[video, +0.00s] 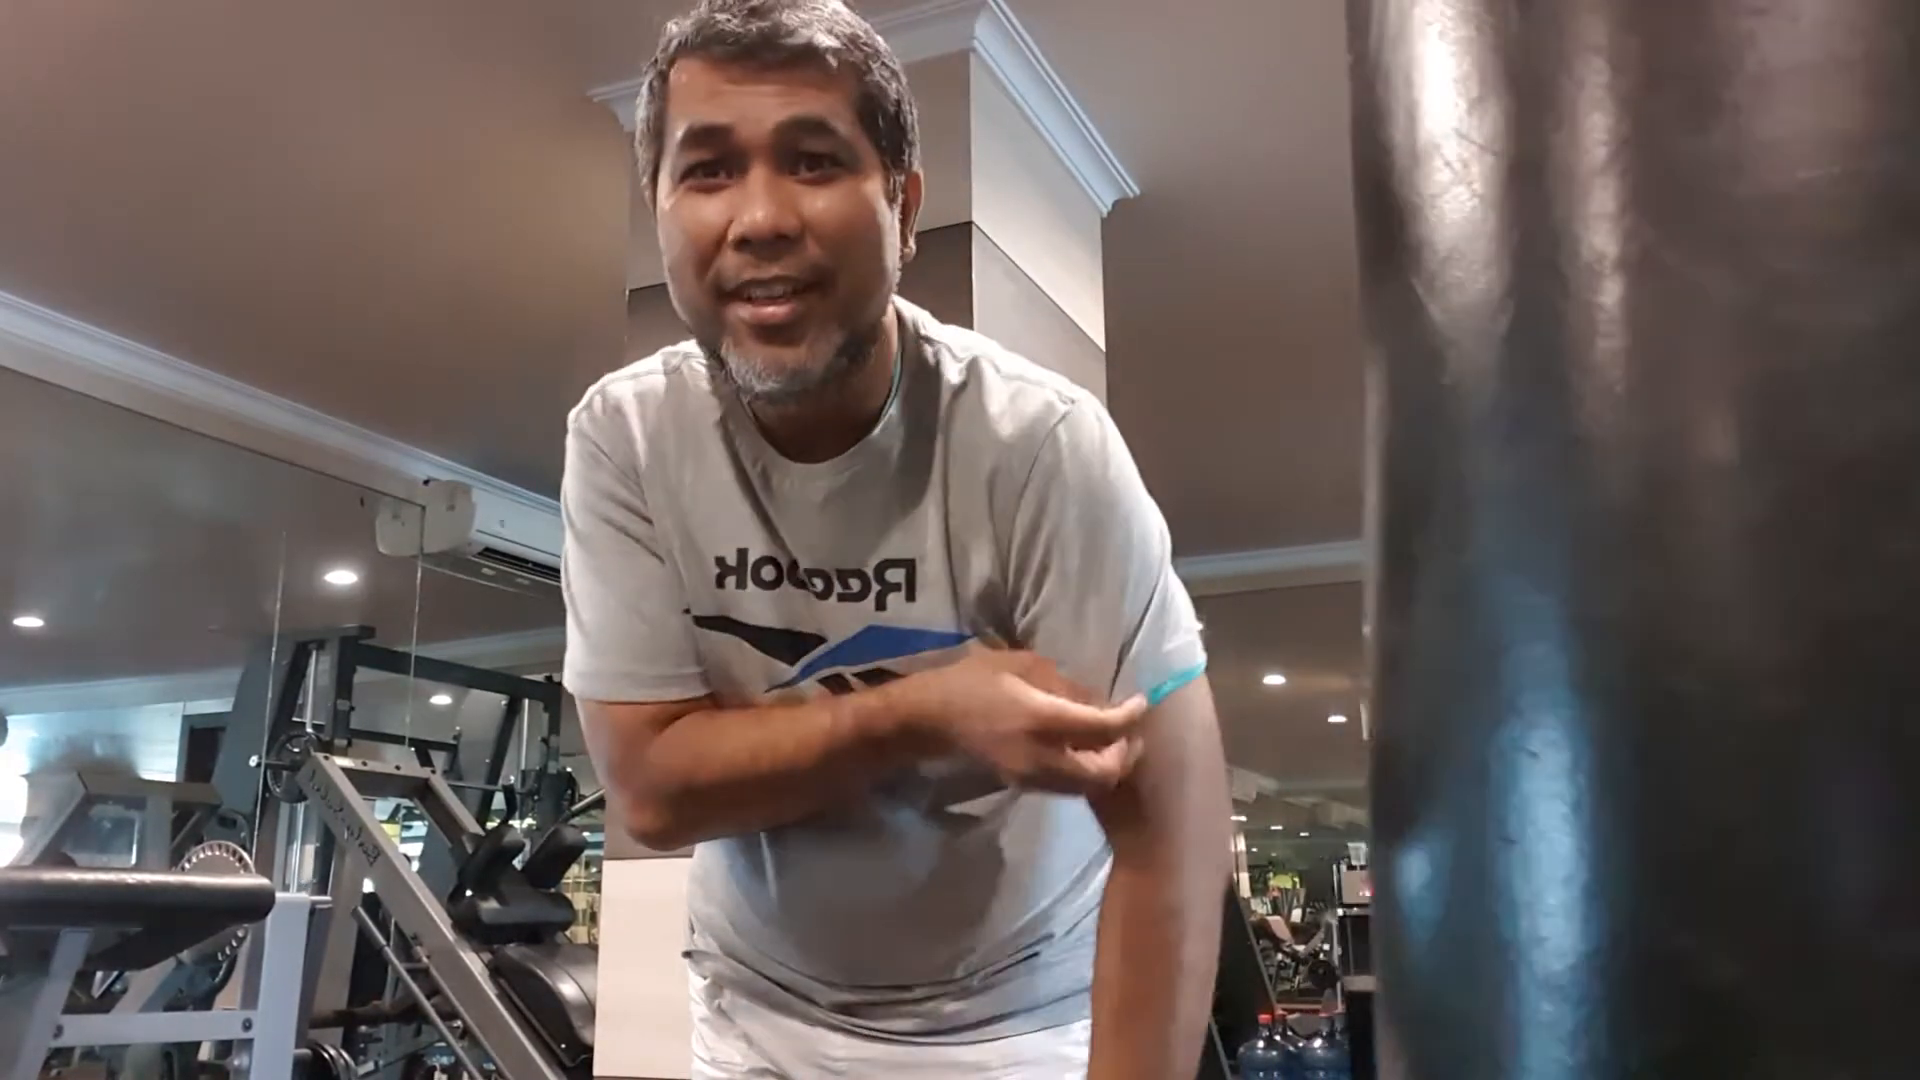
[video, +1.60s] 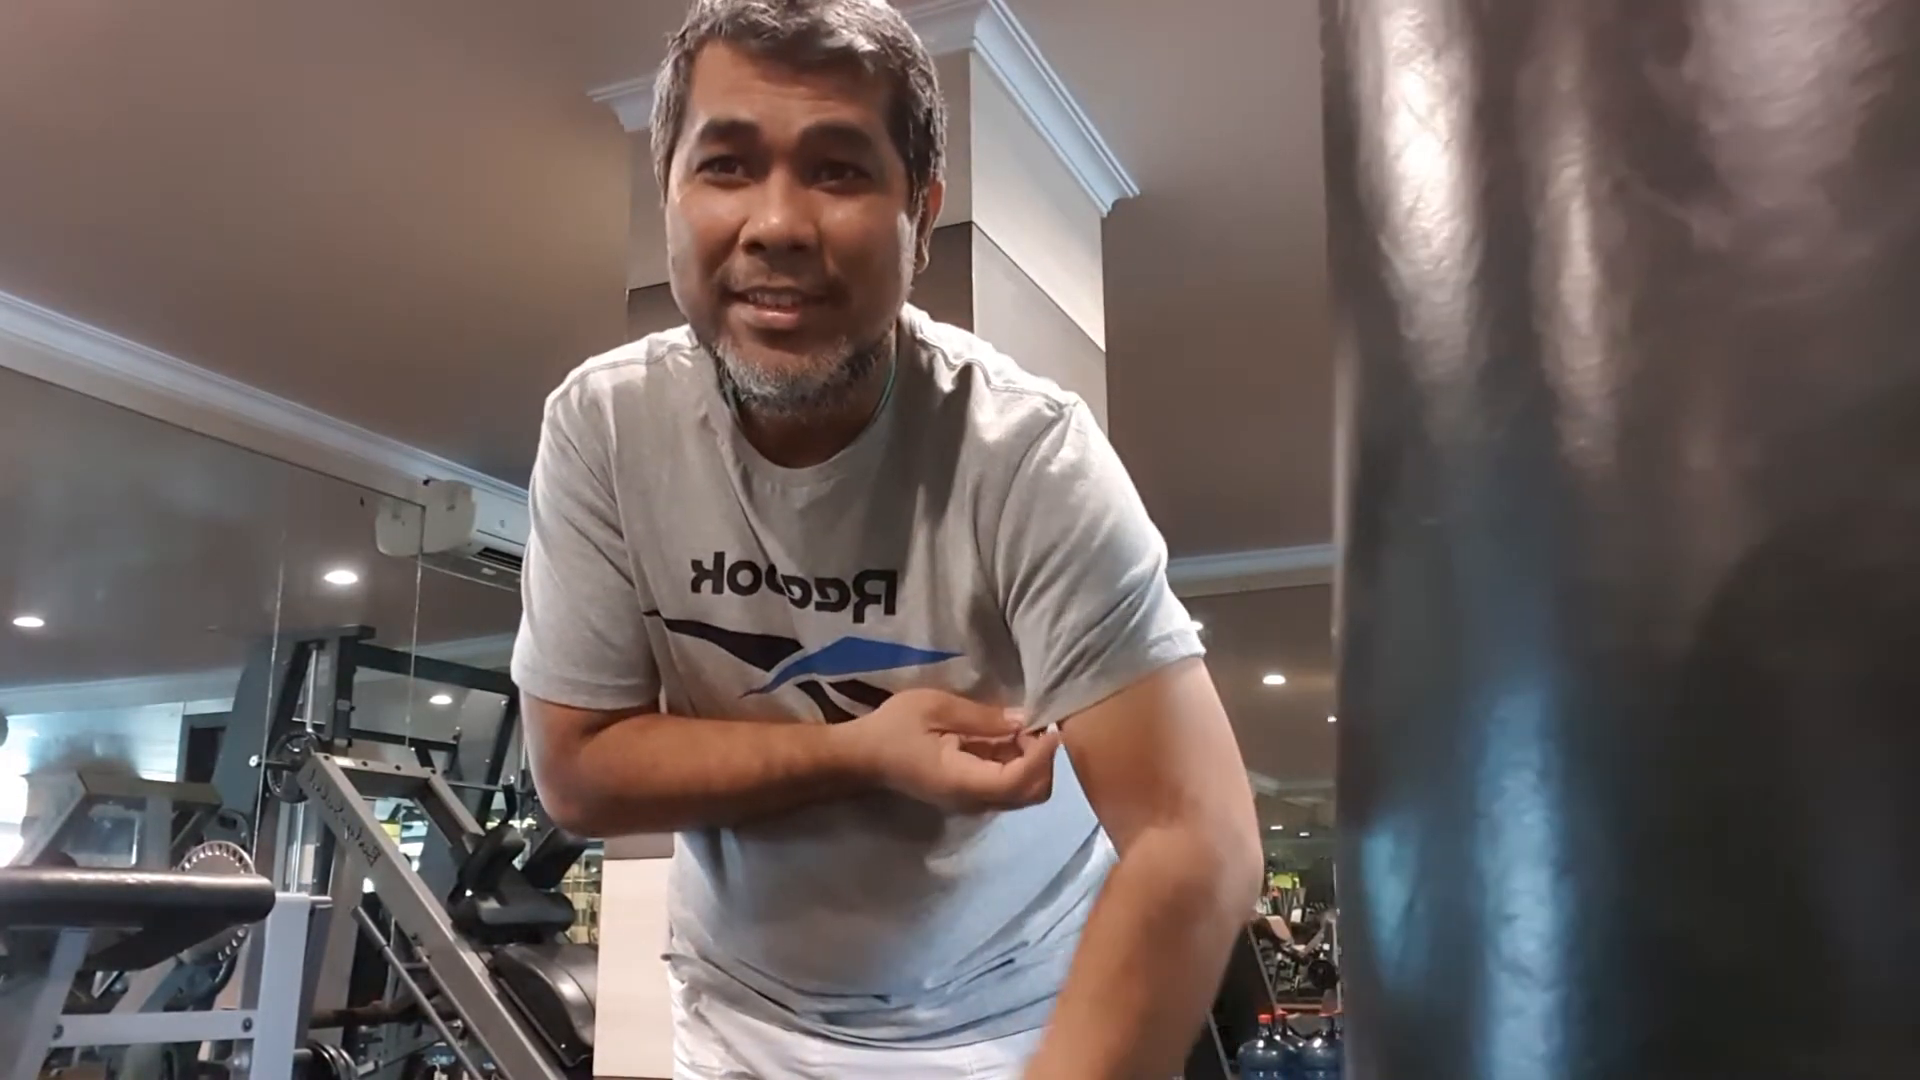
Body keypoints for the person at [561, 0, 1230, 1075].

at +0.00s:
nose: (758, 218)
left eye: (814, 163)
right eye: (707, 168)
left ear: (904, 208)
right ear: (659, 216)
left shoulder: (1043, 447)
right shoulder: (627, 435)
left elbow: (1173, 838)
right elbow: (652, 790)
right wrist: (923, 713)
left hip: (1018, 1024)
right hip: (756, 1014)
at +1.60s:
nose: (778, 225)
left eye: (839, 170)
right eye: (729, 165)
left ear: (921, 208)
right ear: (665, 197)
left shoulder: (1026, 453)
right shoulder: (604, 427)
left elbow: (1199, 844)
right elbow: (579, 776)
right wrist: (859, 751)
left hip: (1010, 1027)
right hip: (742, 1017)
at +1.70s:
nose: (774, 220)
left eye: (835, 165)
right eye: (725, 162)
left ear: (920, 206)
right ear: (662, 195)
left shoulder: (1023, 447)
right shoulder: (604, 423)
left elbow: (1194, 832)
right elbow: (577, 774)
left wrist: (956, 1066)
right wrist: (853, 752)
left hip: (1021, 1013)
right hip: (744, 1019)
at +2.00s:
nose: (752, 202)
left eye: (816, 150)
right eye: (705, 142)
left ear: (907, 197)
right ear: (651, 173)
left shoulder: (1014, 430)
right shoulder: (603, 411)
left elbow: (1189, 820)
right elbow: (582, 744)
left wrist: (882, 799)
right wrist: (837, 722)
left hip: (1026, 1015)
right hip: (746, 1008)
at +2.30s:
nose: (758, 190)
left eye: (824, 135)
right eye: (715, 129)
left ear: (920, 183)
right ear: (665, 159)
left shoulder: (1036, 414)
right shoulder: (616, 404)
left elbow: (1216, 821)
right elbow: (601, 755)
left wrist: (983, 779)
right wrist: (871, 702)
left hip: (1043, 1016)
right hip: (767, 1011)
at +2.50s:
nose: (796, 165)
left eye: (863, 112)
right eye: (753, 103)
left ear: (957, 161)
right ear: (698, 133)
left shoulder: (1069, 409)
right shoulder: (643, 388)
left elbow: (1245, 803)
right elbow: (624, 742)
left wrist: (990, 1004)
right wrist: (892, 719)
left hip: (1075, 1015)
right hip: (785, 1017)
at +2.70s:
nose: (844, 133)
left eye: (913, 80)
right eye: (799, 70)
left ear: (1007, 136)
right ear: (739, 106)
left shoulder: (1115, 404)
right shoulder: (675, 367)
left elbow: (1224, 853)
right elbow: (654, 726)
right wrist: (931, 736)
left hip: (1065, 1022)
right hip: (804, 1009)